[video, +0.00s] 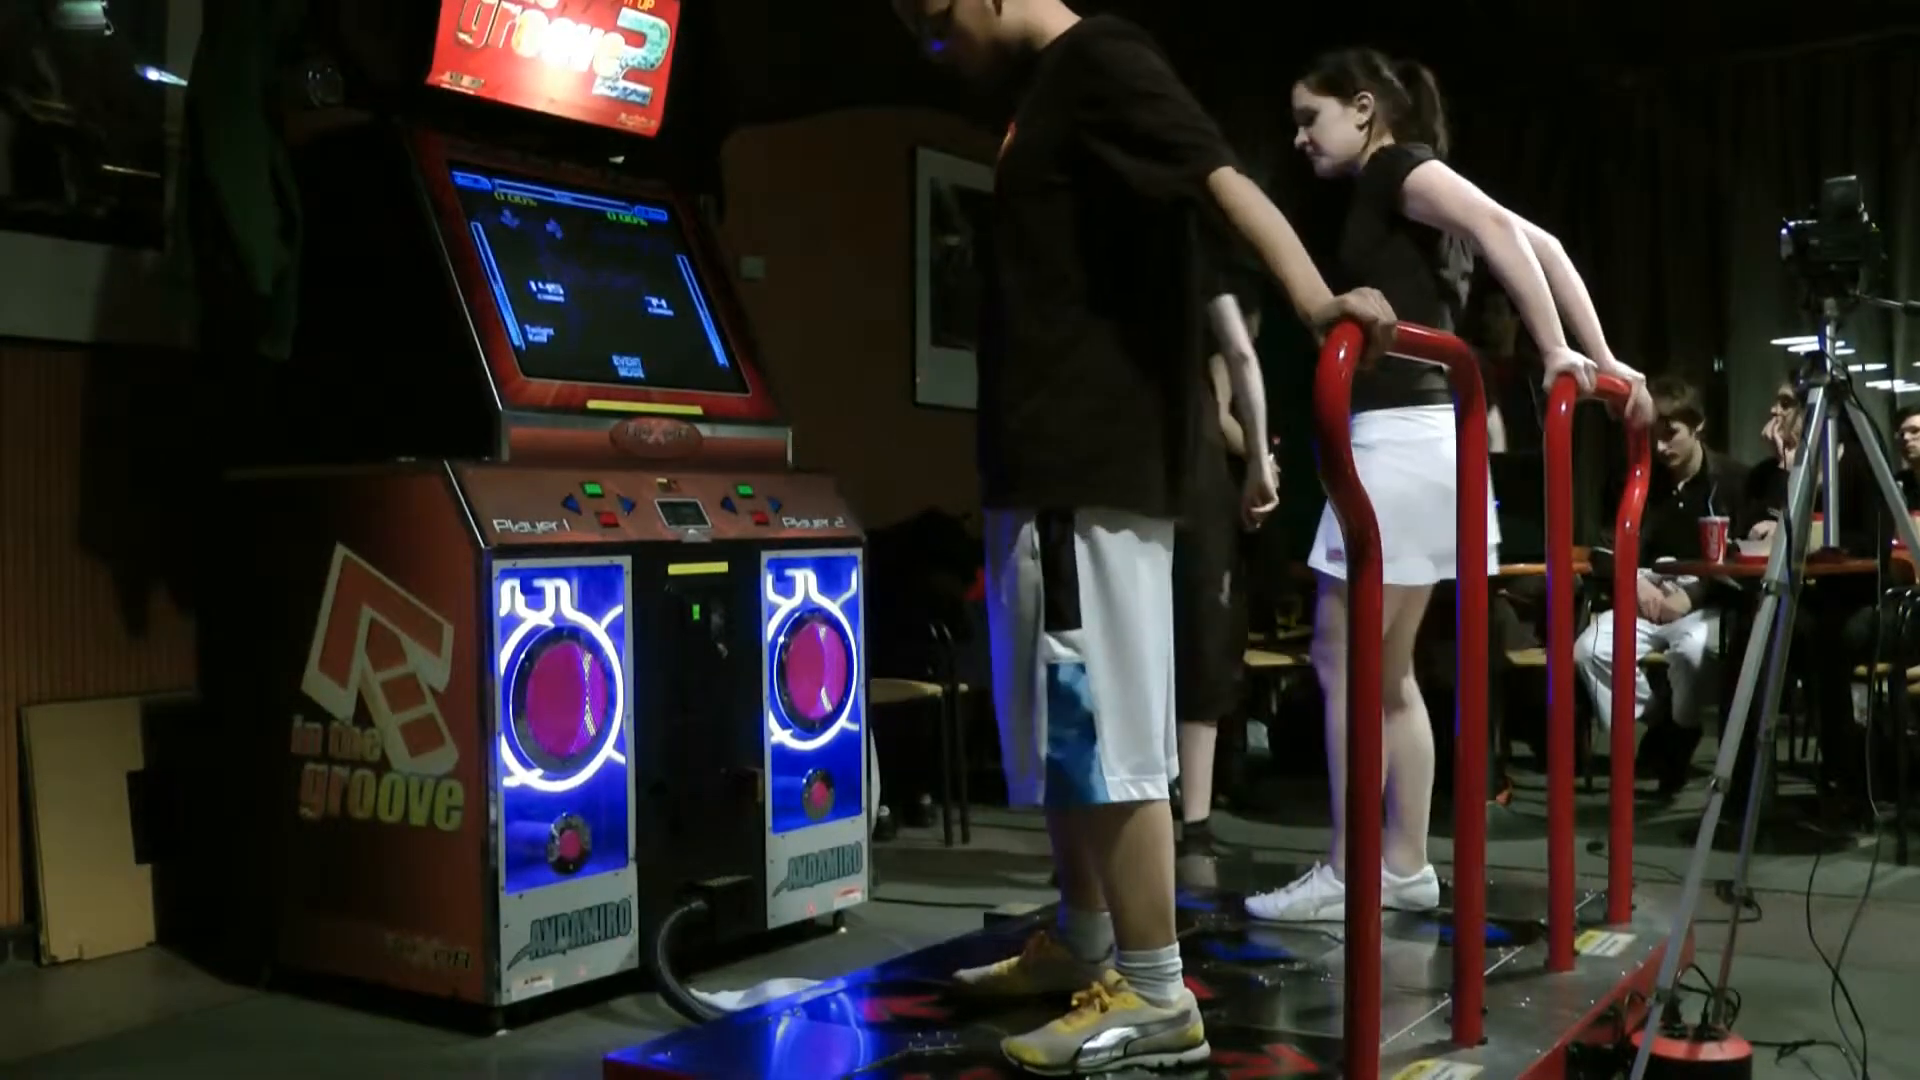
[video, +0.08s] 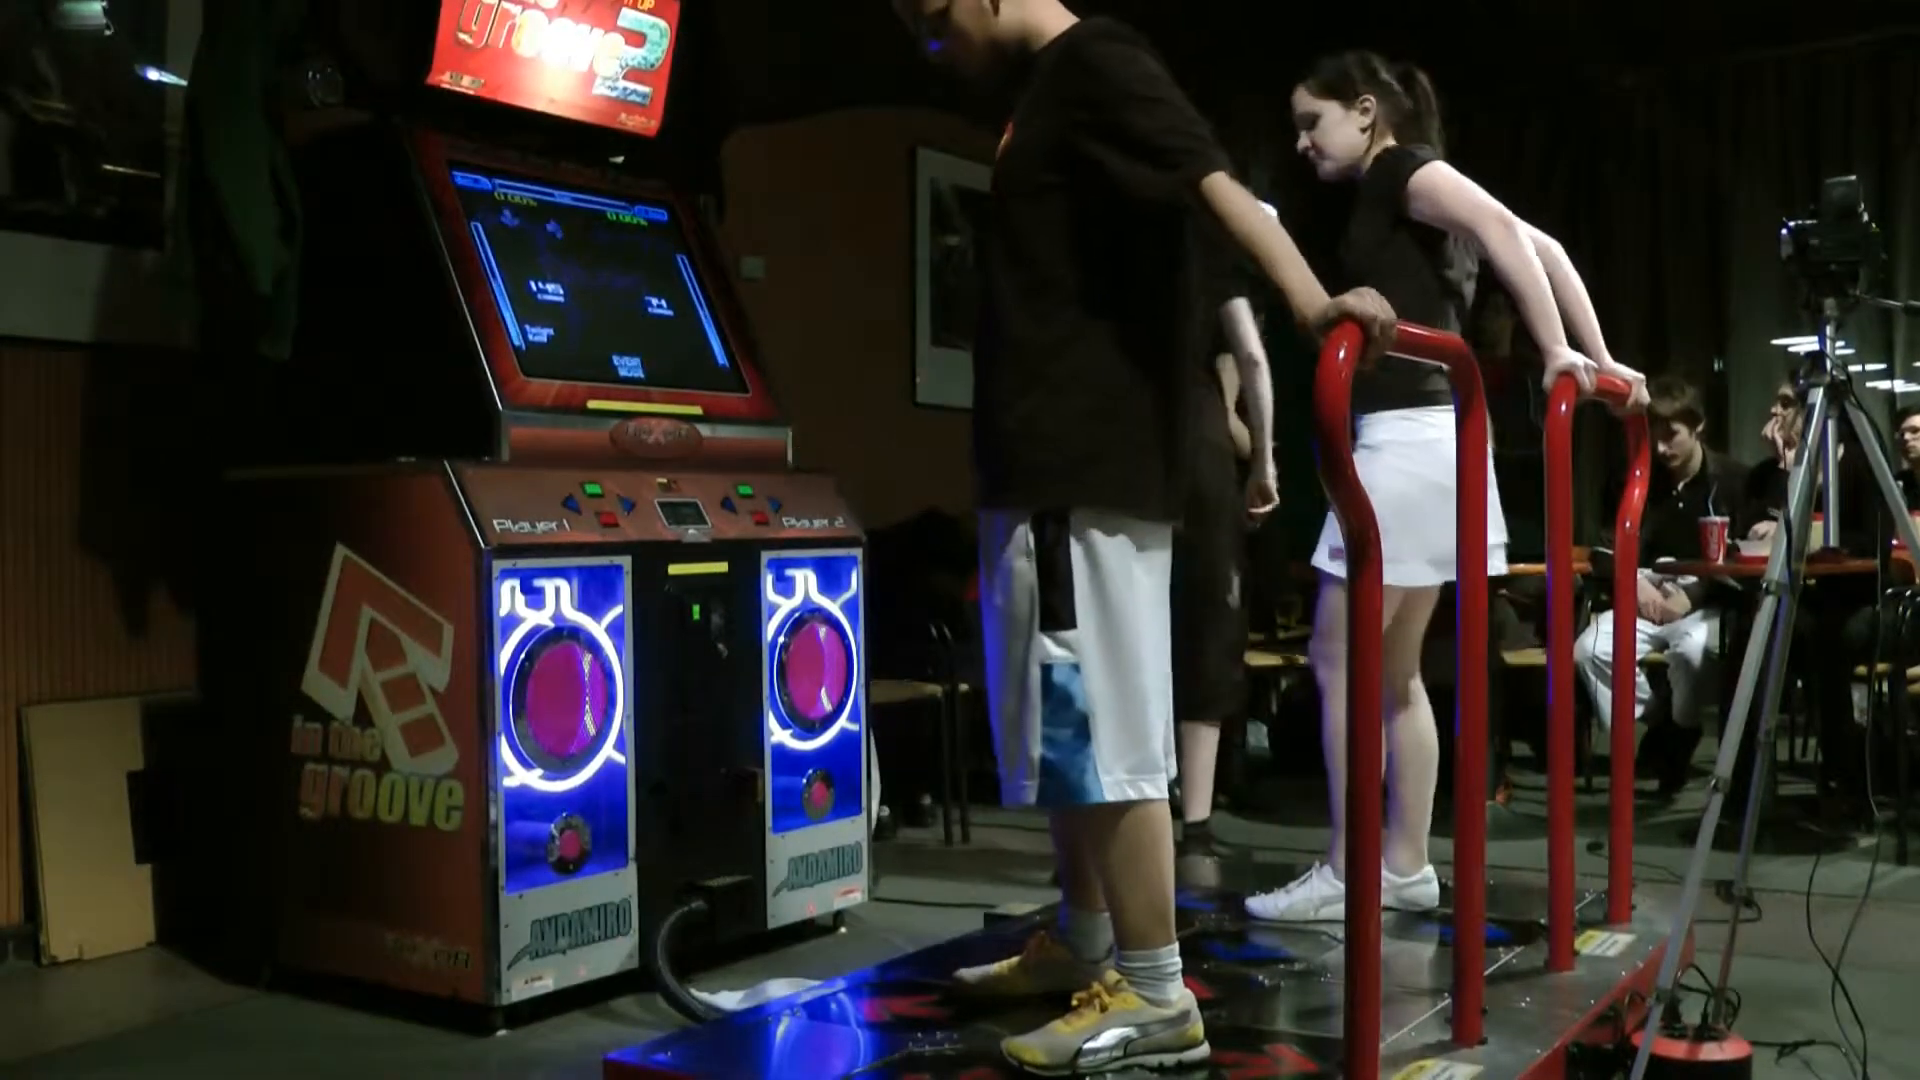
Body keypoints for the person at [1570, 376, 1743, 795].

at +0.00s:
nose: (1663, 445)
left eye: (1670, 434)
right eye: (1655, 436)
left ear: (1697, 428)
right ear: (1646, 437)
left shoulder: (1730, 479)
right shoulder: (1641, 478)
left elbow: (1737, 557)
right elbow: (1607, 551)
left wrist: (1689, 595)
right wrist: (1638, 586)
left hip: (1703, 600)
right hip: (1647, 595)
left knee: (1692, 651)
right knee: (1594, 649)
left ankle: (1682, 736)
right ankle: (1657, 729)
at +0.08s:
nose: (1663, 445)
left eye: (1671, 434)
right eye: (1655, 436)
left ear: (1697, 428)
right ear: (1646, 436)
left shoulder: (1730, 479)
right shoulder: (1642, 478)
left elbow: (1738, 556)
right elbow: (1607, 552)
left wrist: (1690, 596)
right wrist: (1638, 588)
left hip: (1705, 599)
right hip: (1649, 594)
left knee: (1691, 651)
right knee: (1594, 648)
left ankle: (1682, 736)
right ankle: (1658, 728)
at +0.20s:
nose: (1664, 447)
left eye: (1672, 435)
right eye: (1656, 438)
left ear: (1698, 429)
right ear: (1646, 438)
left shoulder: (1730, 480)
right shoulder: (1642, 479)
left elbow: (1740, 558)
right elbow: (1605, 551)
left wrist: (1690, 596)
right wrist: (1637, 588)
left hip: (1705, 602)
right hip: (1647, 596)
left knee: (1690, 650)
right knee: (1593, 649)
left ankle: (1682, 736)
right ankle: (1657, 727)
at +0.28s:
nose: (1665, 448)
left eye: (1672, 437)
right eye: (1657, 439)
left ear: (1698, 429)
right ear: (1647, 439)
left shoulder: (1730, 480)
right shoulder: (1643, 479)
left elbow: (1740, 559)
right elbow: (1605, 551)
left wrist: (1690, 596)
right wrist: (1637, 587)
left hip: (1705, 602)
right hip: (1648, 597)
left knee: (1690, 650)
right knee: (1593, 649)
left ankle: (1683, 736)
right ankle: (1657, 727)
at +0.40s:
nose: (1666, 448)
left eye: (1674, 437)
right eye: (1657, 439)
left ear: (1699, 429)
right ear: (1648, 438)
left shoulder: (1731, 480)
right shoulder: (1643, 479)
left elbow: (1741, 559)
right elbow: (1605, 551)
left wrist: (1691, 596)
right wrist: (1637, 589)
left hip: (1705, 601)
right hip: (1648, 595)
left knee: (1691, 650)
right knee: (1594, 648)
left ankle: (1682, 736)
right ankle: (1657, 727)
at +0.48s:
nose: (1666, 448)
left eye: (1674, 437)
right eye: (1658, 439)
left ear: (1700, 429)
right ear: (1648, 439)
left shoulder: (1731, 480)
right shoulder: (1644, 479)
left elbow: (1741, 558)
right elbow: (1605, 550)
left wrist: (1691, 596)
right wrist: (1637, 589)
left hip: (1705, 600)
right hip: (1648, 594)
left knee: (1691, 650)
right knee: (1594, 648)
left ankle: (1682, 736)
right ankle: (1658, 727)